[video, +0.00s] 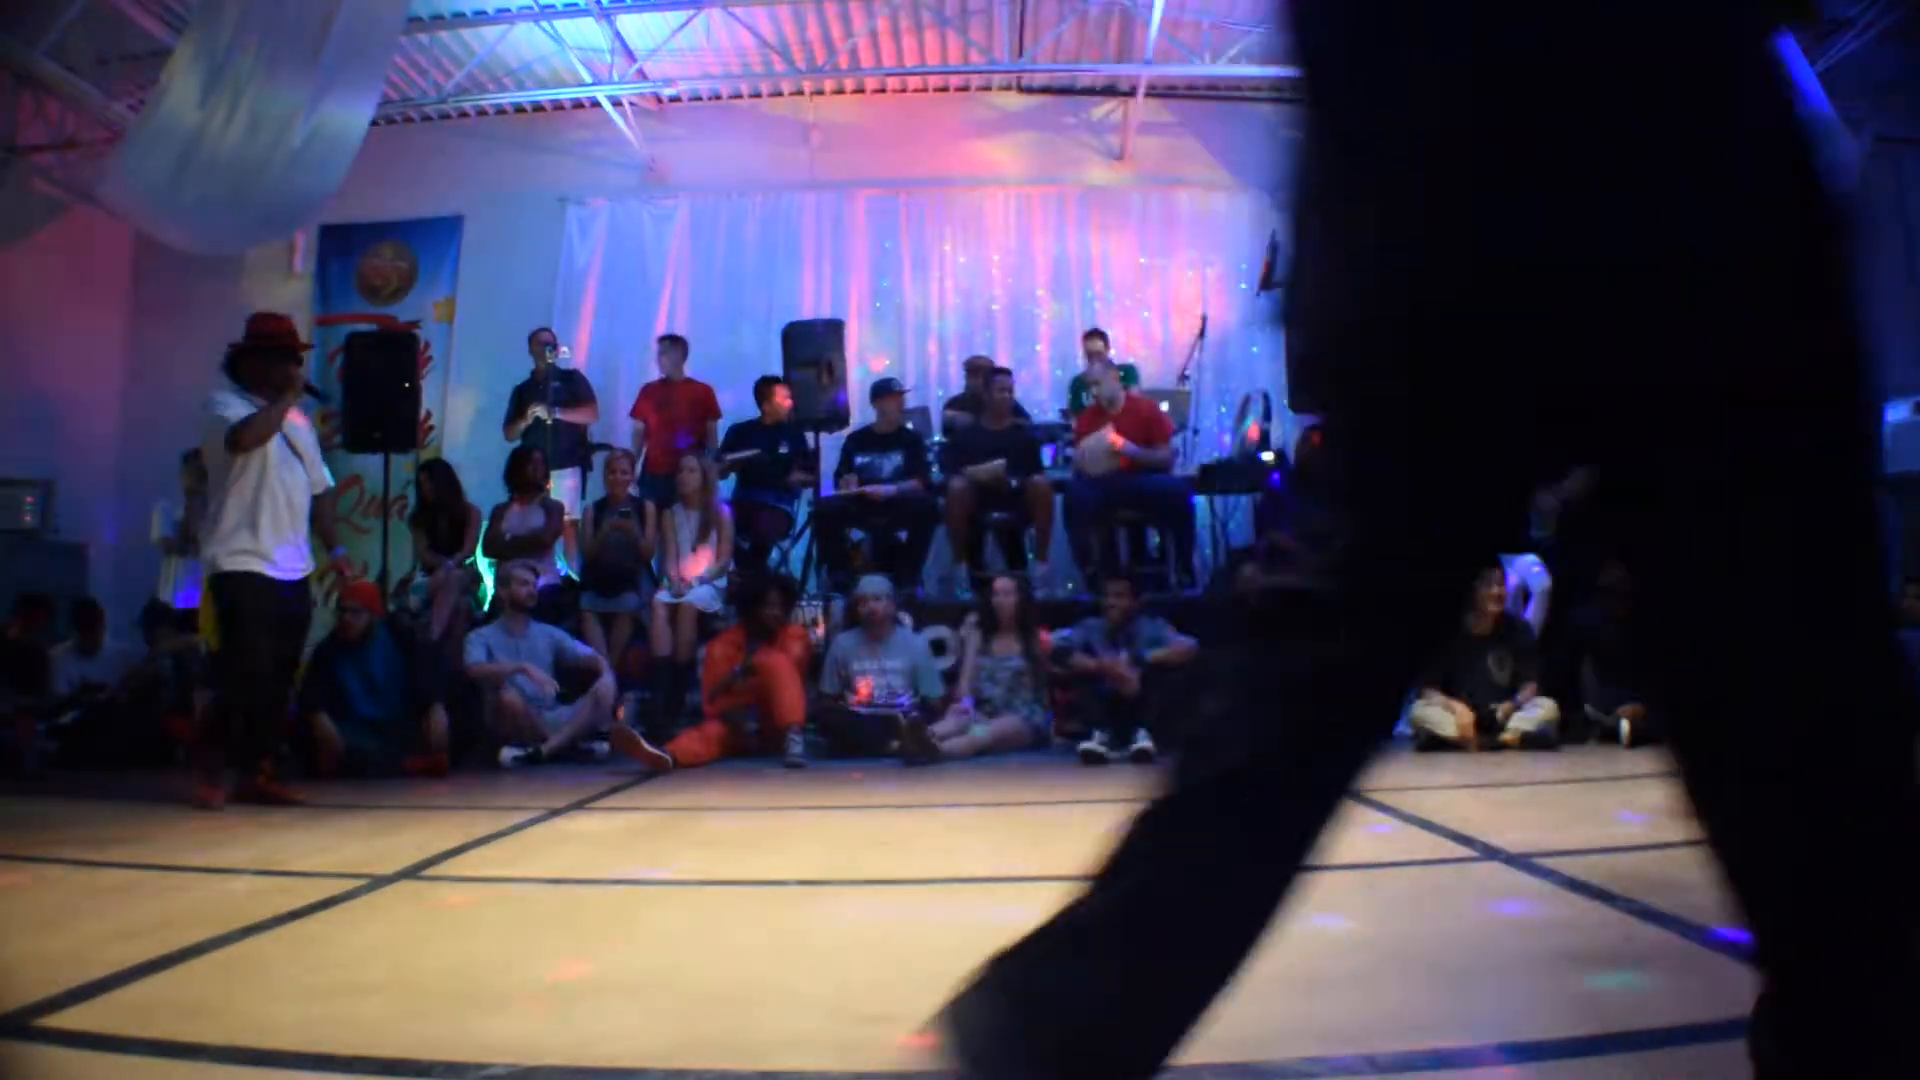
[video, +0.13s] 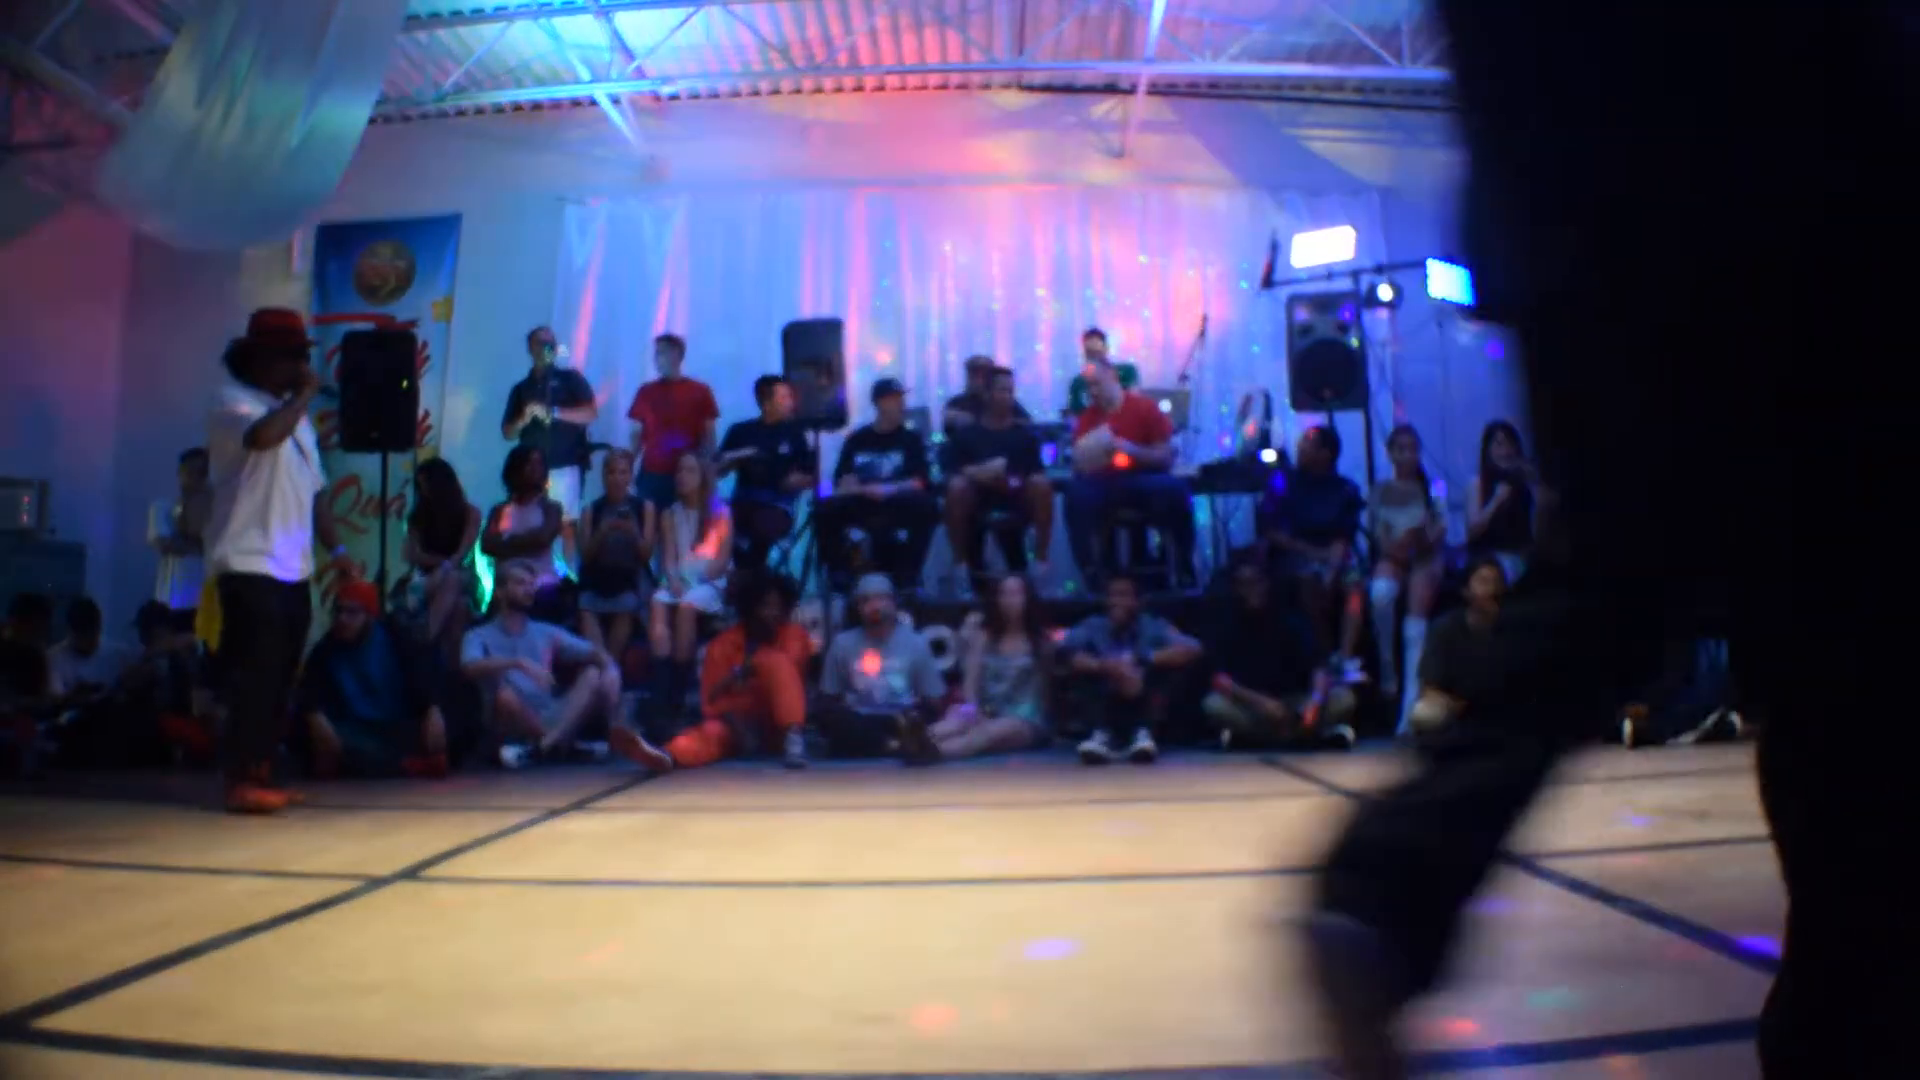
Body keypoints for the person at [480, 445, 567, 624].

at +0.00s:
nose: (537, 469)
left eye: (541, 463)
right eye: (531, 463)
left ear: (545, 469)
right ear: (517, 468)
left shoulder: (552, 507)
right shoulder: (500, 510)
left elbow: (546, 540)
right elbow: (488, 548)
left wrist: (506, 543)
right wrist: (531, 548)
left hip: (543, 586)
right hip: (507, 589)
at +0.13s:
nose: (536, 470)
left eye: (540, 464)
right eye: (529, 464)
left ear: (544, 469)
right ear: (515, 470)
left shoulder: (550, 507)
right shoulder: (499, 510)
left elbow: (544, 539)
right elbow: (487, 545)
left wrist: (505, 542)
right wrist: (530, 548)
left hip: (544, 587)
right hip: (508, 591)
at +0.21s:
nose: (536, 470)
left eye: (540, 464)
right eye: (529, 464)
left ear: (545, 469)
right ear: (515, 470)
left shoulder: (550, 508)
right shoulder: (499, 511)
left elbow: (544, 539)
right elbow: (487, 545)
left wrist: (504, 543)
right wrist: (530, 546)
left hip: (544, 589)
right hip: (507, 593)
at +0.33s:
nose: (538, 471)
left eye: (542, 465)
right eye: (532, 465)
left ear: (546, 470)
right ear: (518, 470)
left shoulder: (552, 508)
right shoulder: (501, 511)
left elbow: (545, 539)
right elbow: (489, 545)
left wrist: (507, 542)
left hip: (544, 587)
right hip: (508, 591)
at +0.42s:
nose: (541, 471)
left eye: (544, 465)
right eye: (535, 464)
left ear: (547, 470)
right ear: (520, 470)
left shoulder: (554, 507)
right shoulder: (502, 511)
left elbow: (546, 540)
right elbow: (490, 547)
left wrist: (507, 544)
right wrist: (535, 543)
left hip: (546, 585)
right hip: (510, 589)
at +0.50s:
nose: (542, 473)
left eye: (545, 466)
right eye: (535, 467)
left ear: (549, 471)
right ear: (521, 472)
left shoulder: (555, 509)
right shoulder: (504, 511)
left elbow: (549, 540)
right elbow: (493, 547)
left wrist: (508, 543)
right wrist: (536, 544)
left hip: (549, 586)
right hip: (513, 590)